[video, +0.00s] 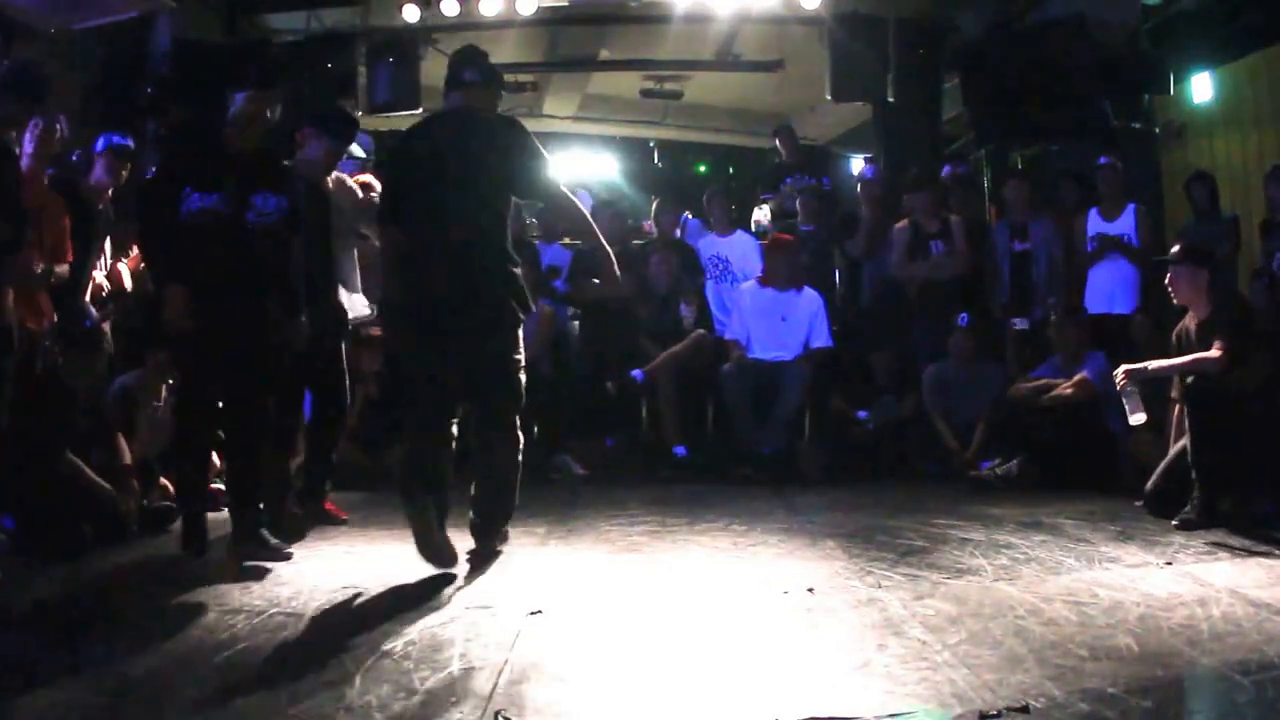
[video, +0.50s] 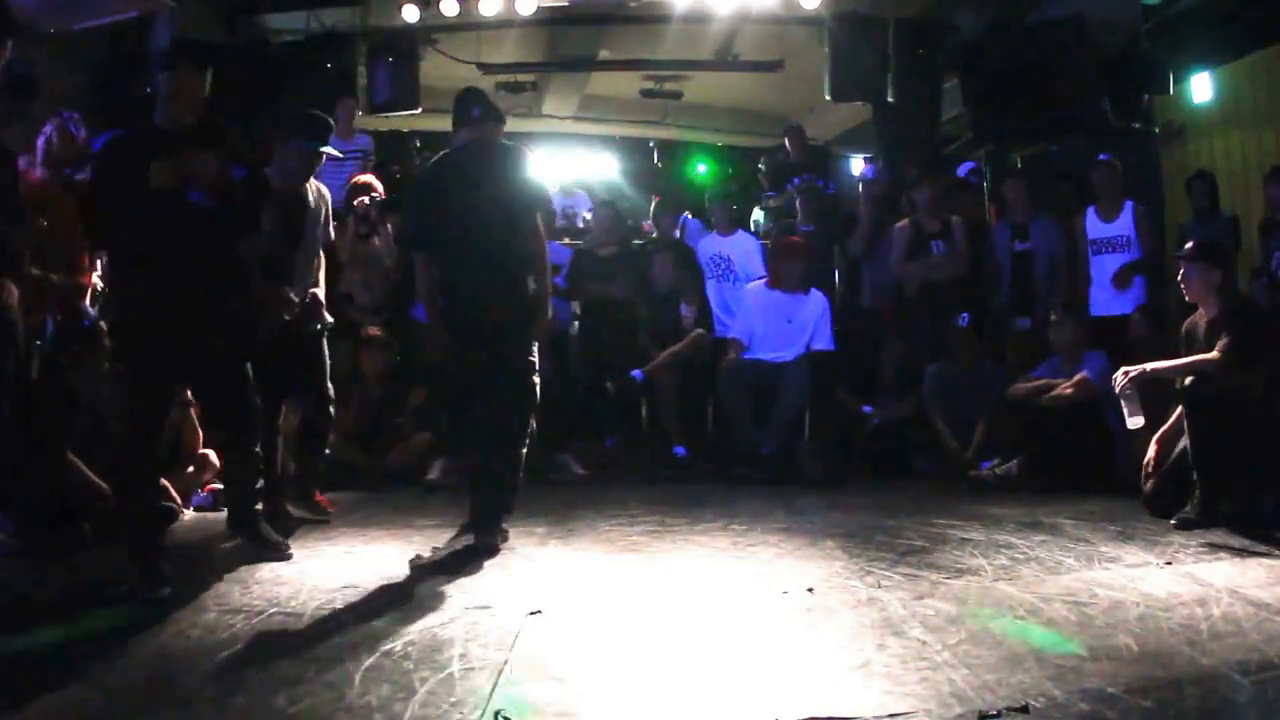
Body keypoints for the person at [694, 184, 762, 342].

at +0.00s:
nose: (718, 212)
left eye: (722, 206)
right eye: (714, 207)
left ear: (730, 208)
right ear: (707, 211)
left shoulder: (748, 242)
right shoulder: (703, 246)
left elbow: (759, 281)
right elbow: (701, 281)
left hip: (749, 320)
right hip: (719, 322)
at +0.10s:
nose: (719, 213)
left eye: (722, 207)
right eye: (714, 208)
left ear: (730, 209)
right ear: (707, 212)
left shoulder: (747, 242)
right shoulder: (703, 245)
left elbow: (758, 280)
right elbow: (702, 279)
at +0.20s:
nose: (718, 214)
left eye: (722, 208)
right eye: (714, 209)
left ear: (730, 210)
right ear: (707, 212)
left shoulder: (748, 243)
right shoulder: (703, 246)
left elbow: (758, 283)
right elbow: (702, 280)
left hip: (747, 320)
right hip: (718, 321)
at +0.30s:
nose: (721, 213)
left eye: (725, 208)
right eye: (717, 209)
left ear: (732, 211)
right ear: (711, 213)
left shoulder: (748, 243)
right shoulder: (704, 245)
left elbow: (759, 284)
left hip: (747, 322)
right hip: (719, 323)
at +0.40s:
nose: (716, 213)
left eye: (720, 208)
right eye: (713, 209)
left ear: (730, 210)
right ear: (709, 212)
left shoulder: (749, 243)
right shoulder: (703, 245)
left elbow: (760, 285)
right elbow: (698, 284)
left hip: (747, 325)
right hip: (717, 325)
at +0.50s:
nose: (717, 214)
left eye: (721, 208)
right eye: (713, 209)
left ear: (731, 210)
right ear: (709, 212)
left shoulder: (749, 243)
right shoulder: (703, 246)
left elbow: (760, 286)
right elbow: (702, 284)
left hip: (749, 326)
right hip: (719, 327)